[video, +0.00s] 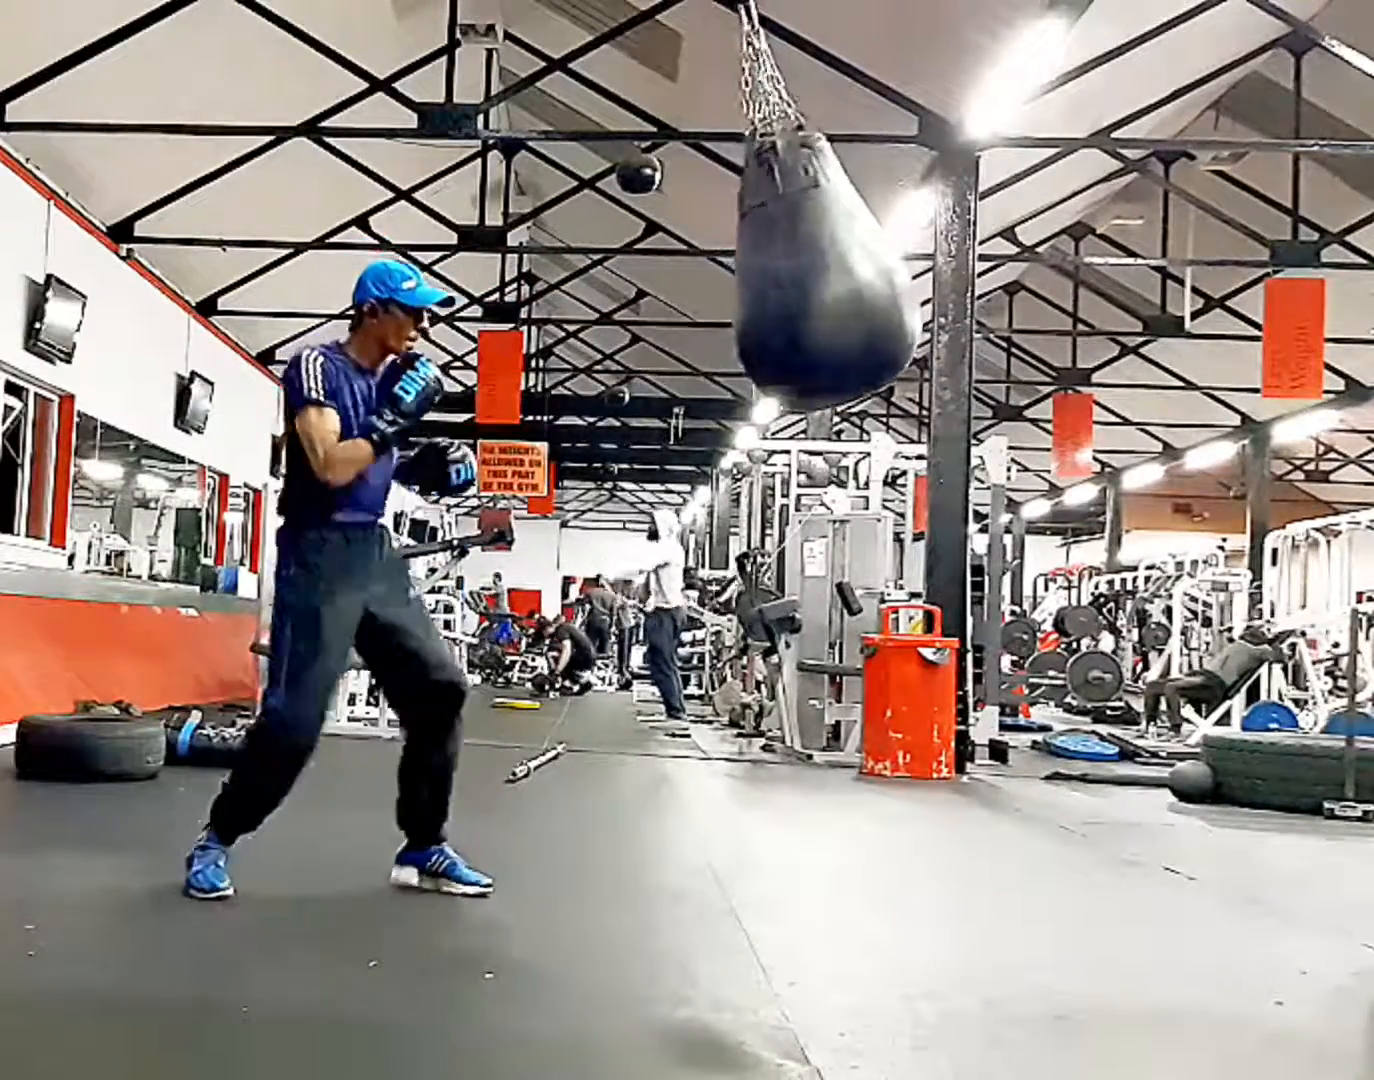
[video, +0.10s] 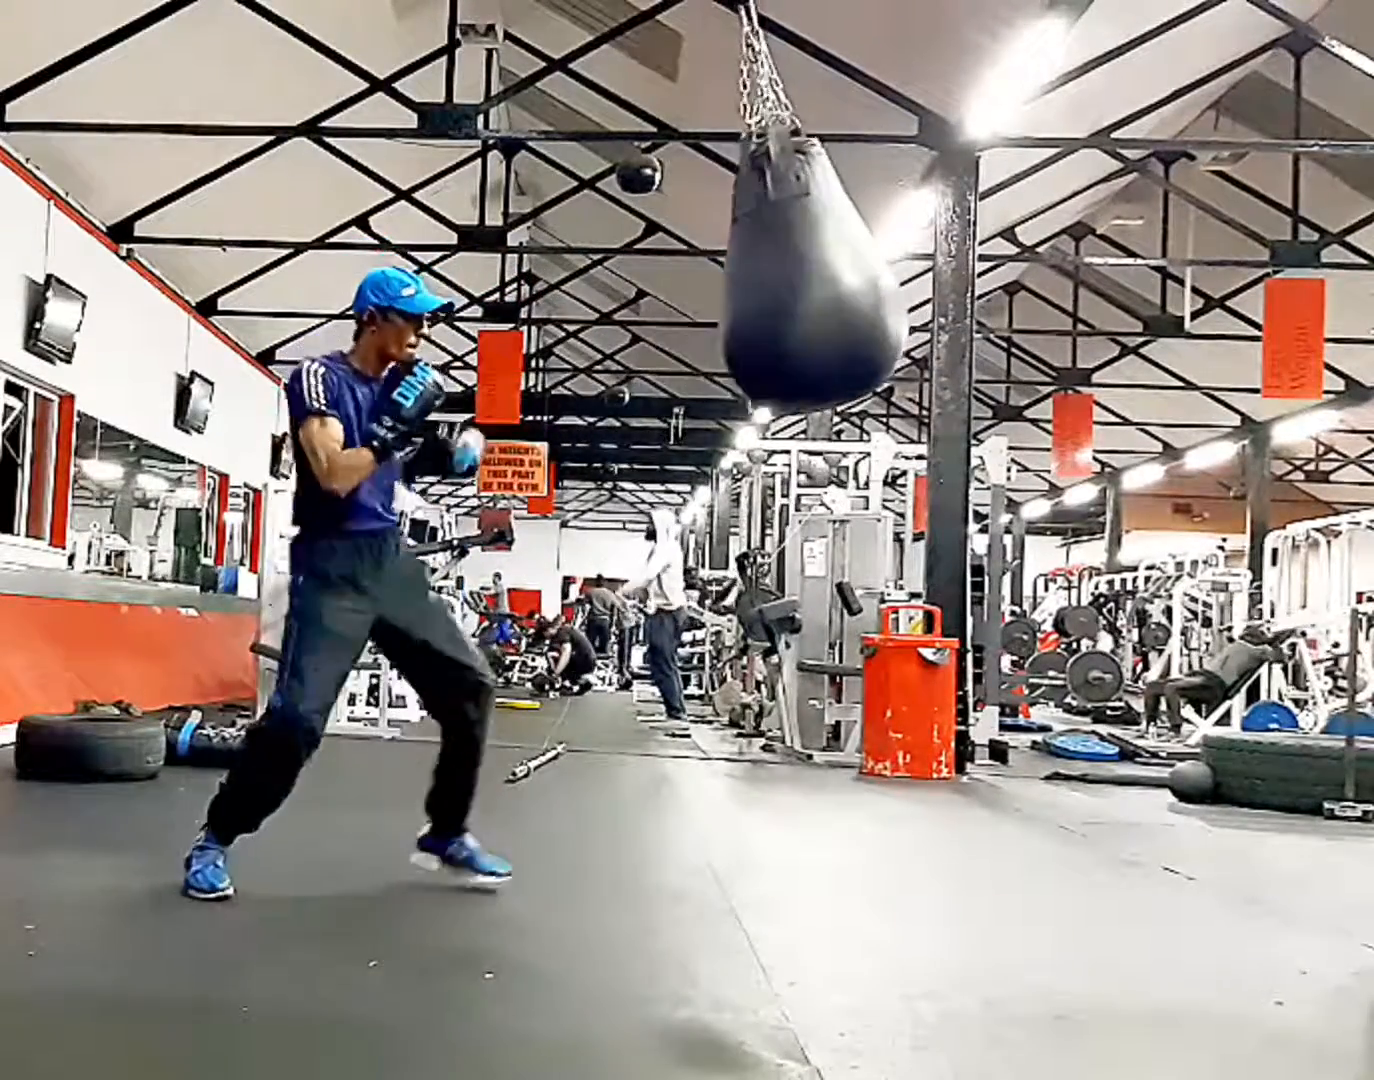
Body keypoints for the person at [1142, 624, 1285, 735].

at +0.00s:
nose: (1260, 637)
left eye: (1258, 635)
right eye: (1259, 635)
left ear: (1252, 637)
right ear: (1255, 639)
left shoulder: (1257, 651)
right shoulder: (1235, 645)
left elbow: (1279, 658)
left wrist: (1274, 643)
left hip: (1216, 682)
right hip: (1202, 674)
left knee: (1171, 688)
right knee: (1152, 687)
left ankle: (1175, 731)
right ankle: (1147, 727)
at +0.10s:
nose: (1247, 634)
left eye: (1252, 633)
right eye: (1250, 632)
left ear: (1256, 638)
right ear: (1249, 636)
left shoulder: (1258, 651)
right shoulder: (1235, 645)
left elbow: (1280, 658)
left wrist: (1272, 643)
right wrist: (1272, 640)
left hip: (1216, 682)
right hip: (1202, 674)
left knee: (1171, 688)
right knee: (1151, 688)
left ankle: (1175, 732)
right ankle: (1147, 728)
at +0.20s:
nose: (1255, 630)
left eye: (1259, 629)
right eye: (1254, 627)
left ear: (1262, 636)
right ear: (1249, 631)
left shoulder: (1257, 650)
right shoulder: (1237, 644)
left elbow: (1277, 650)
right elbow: (1218, 651)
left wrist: (1275, 636)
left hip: (1216, 682)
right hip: (1201, 674)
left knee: (1171, 687)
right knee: (1151, 687)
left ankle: (1175, 731)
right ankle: (1147, 728)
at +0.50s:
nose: (1248, 631)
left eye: (1253, 630)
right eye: (1248, 630)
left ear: (1258, 637)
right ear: (1246, 632)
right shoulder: (1234, 642)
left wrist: (1266, 637)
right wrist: (1225, 608)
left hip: (1217, 682)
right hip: (1203, 676)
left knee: (1172, 688)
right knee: (1153, 687)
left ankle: (1175, 731)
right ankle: (1147, 728)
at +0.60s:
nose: (1248, 628)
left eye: (1252, 627)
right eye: (1247, 626)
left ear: (1259, 635)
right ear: (1243, 631)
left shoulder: (1256, 652)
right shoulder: (1235, 643)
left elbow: (1267, 629)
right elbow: (1234, 627)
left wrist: (1268, 606)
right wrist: (1229, 606)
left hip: (1218, 682)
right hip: (1204, 676)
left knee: (1172, 688)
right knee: (1152, 687)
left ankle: (1175, 729)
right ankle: (1148, 726)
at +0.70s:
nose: (1248, 629)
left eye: (1252, 628)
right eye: (1246, 627)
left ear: (1257, 635)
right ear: (1241, 632)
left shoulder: (1256, 651)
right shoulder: (1233, 642)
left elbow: (1268, 631)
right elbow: (1231, 622)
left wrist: (1268, 609)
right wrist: (1227, 605)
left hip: (1218, 681)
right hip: (1204, 675)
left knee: (1172, 688)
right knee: (1152, 688)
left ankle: (1176, 729)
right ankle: (1148, 725)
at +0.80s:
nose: (1251, 628)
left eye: (1257, 628)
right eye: (1250, 625)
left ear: (1259, 637)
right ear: (1245, 631)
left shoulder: (1255, 652)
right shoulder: (1233, 641)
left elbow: (1271, 636)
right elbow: (1228, 624)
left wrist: (1269, 615)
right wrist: (1225, 608)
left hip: (1218, 682)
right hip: (1205, 675)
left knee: (1172, 688)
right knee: (1153, 687)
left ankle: (1176, 730)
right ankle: (1148, 725)